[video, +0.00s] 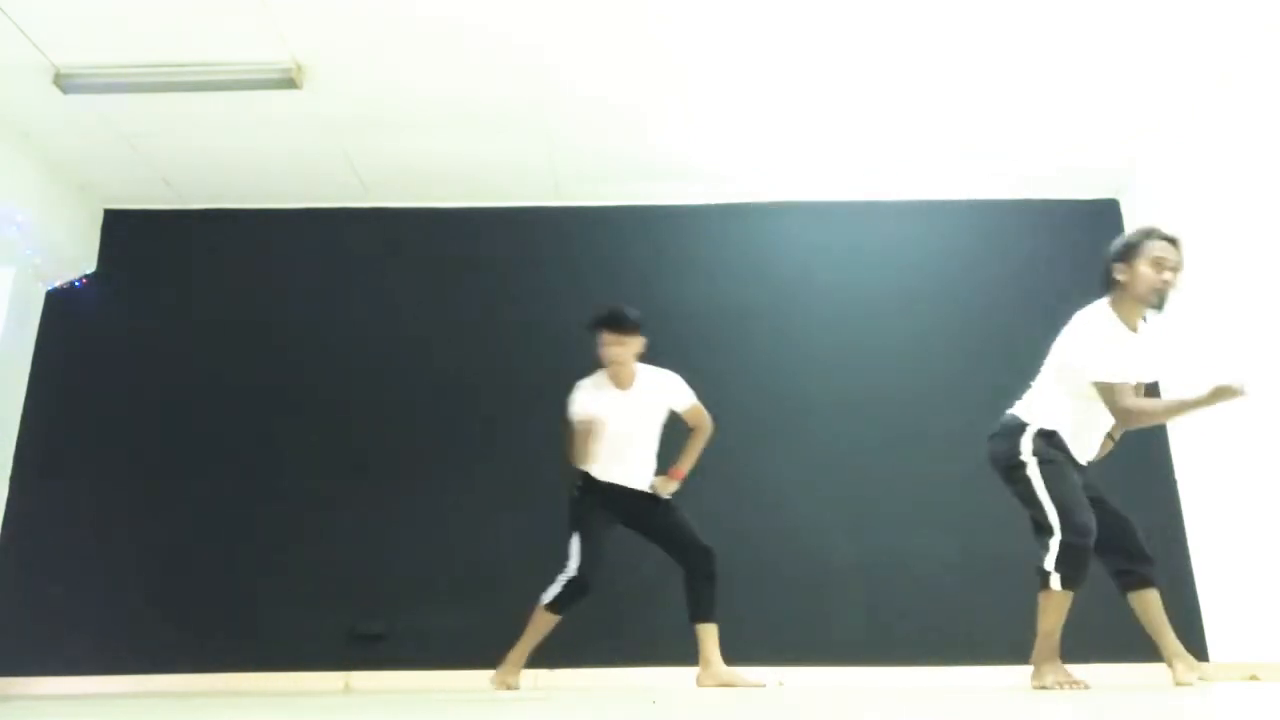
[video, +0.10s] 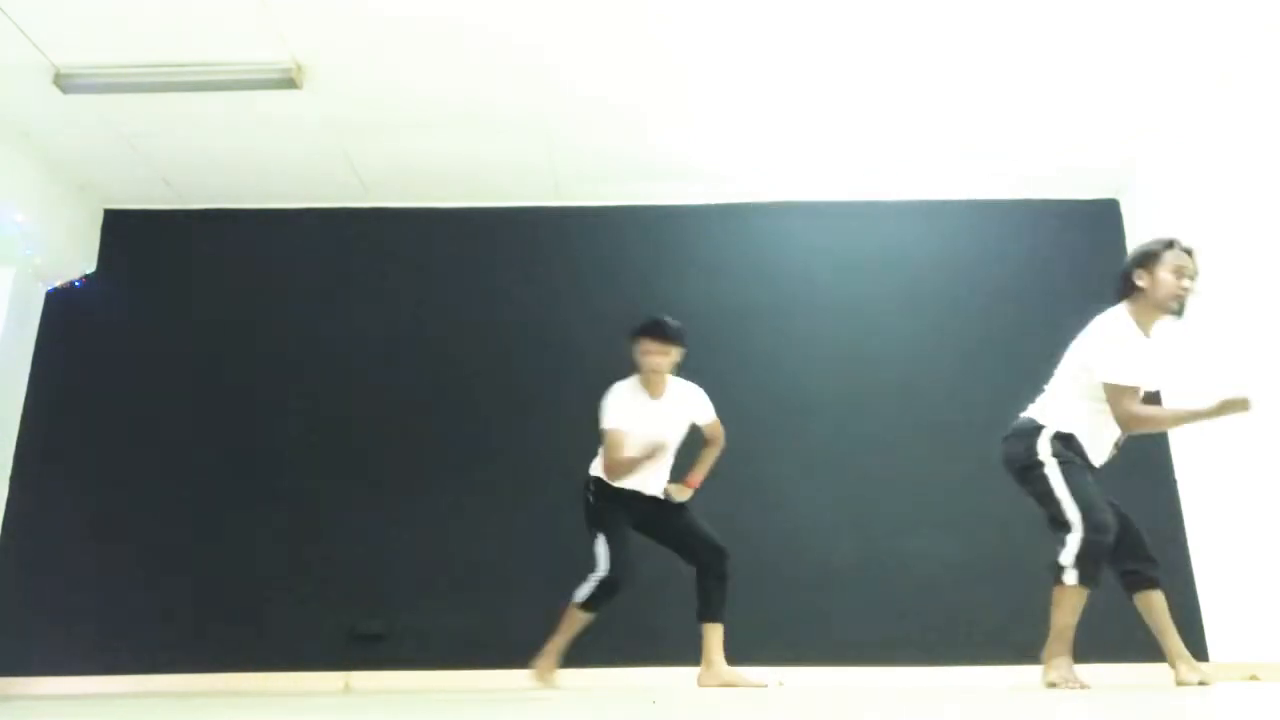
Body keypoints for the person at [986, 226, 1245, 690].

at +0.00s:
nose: (1168, 277)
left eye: (1174, 270)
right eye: (1158, 265)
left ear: (1177, 277)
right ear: (1121, 270)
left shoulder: (1139, 335)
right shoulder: (1096, 323)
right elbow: (1126, 410)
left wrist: (1113, 426)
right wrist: (1203, 401)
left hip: (1063, 453)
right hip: (1028, 438)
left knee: (1120, 538)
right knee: (1073, 530)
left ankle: (1179, 660)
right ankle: (1045, 663)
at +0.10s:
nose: (1187, 286)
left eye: (1191, 278)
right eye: (1178, 274)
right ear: (1142, 277)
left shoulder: (1144, 340)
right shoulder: (1115, 327)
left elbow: (1131, 414)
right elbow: (1128, 416)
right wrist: (1207, 412)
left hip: (1072, 451)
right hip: (1042, 439)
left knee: (1125, 536)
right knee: (1092, 525)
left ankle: (1182, 662)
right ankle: (1057, 659)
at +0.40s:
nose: (1169, 309)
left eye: (1165, 299)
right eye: (1163, 299)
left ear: (1122, 308)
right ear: (1145, 301)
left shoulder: (1095, 341)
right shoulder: (1137, 339)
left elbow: (1094, 397)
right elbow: (1148, 380)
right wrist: (1160, 442)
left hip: (1036, 456)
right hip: (1077, 451)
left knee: (1126, 567)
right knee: (1150, 564)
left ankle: (1182, 664)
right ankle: (1063, 631)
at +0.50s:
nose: (1138, 302)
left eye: (1134, 294)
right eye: (1133, 295)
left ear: (1087, 306)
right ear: (1120, 299)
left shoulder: (1058, 343)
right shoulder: (1126, 332)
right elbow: (1167, 355)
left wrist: (1048, 446)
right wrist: (1163, 427)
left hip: (1029, 449)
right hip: (1082, 437)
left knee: (1110, 567)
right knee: (1129, 568)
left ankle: (1179, 663)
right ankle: (1068, 650)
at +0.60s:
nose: (1101, 306)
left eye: (1097, 301)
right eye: (1099, 300)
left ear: (1051, 304)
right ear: (1093, 299)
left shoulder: (1027, 341)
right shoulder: (1106, 328)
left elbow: (980, 402)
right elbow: (1176, 342)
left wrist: (1017, 446)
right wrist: (1187, 411)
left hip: (1024, 442)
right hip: (1082, 430)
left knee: (1090, 559)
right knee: (1100, 559)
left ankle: (1167, 656)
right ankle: (1067, 662)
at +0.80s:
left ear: (992, 303)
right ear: (1039, 296)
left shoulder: (983, 336)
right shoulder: (1068, 326)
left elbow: (933, 391)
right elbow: (1157, 351)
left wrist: (976, 435)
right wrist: (1193, 408)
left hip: (1014, 438)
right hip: (1082, 434)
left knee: (997, 552)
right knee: (1083, 555)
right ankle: (1063, 666)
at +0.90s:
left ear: (971, 300)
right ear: (1015, 292)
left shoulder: (967, 332)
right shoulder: (1046, 325)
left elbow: (919, 384)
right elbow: (1122, 359)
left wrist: (961, 429)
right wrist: (1138, 410)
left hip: (1015, 436)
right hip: (1079, 435)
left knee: (959, 552)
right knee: (1076, 557)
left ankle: (973, 656)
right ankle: (1065, 667)